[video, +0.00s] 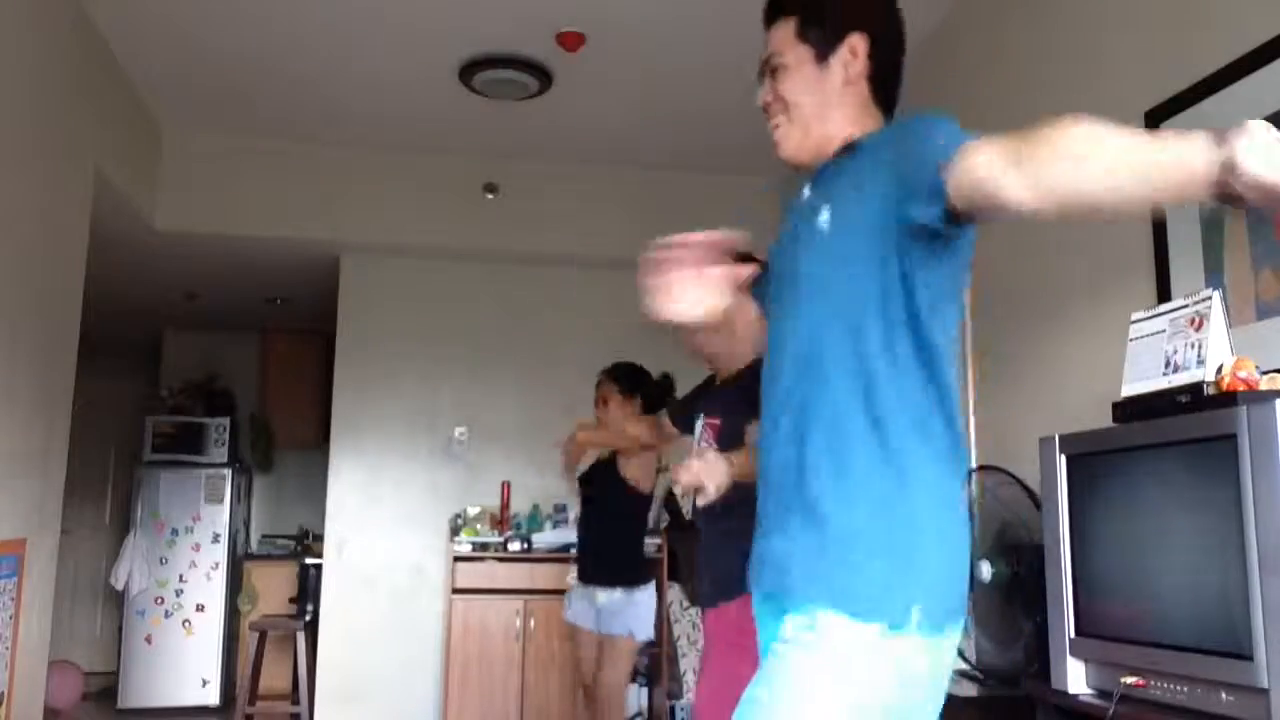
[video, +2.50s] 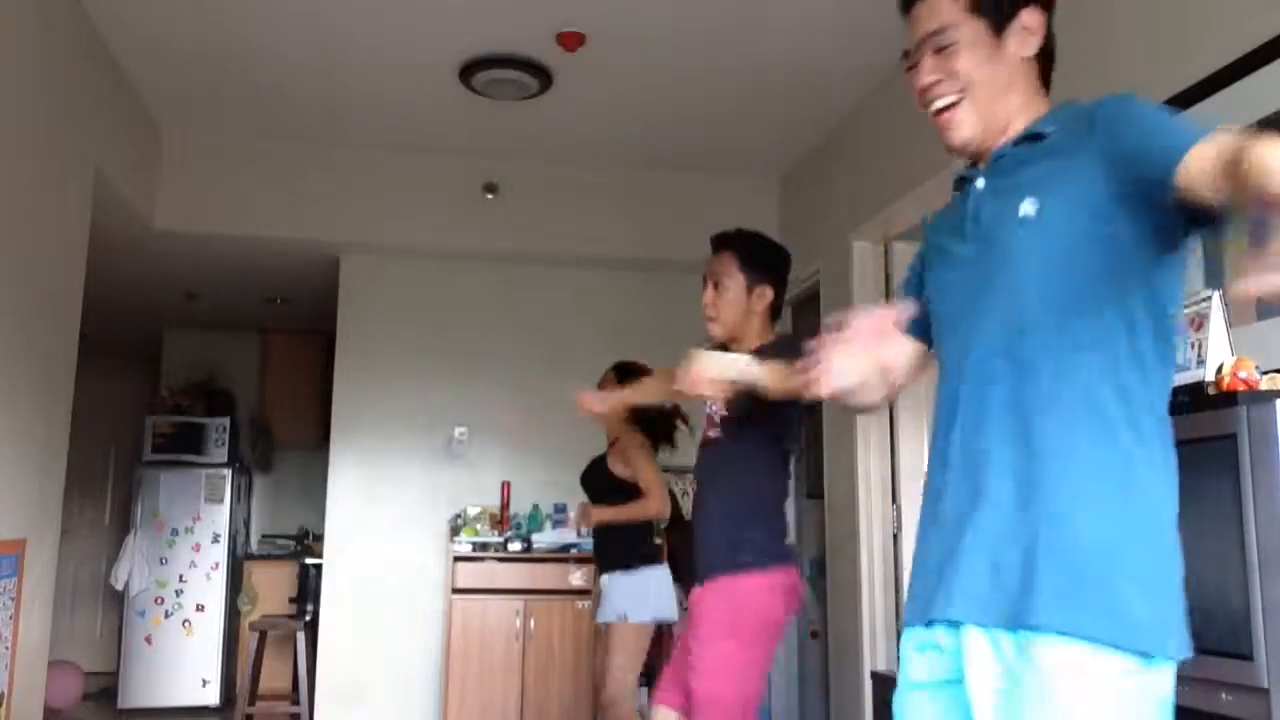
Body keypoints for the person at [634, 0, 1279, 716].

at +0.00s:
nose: (762, 95)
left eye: (776, 70)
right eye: (761, 77)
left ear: (848, 59)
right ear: (839, 65)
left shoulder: (901, 153)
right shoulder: (800, 222)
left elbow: (1023, 171)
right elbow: (742, 353)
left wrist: (1223, 159)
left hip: (874, 603)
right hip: (806, 600)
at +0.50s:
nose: (843, 87)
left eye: (869, 61)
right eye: (824, 69)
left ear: (927, 71)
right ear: (809, 90)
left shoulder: (979, 170)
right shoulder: (804, 235)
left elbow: (1142, 227)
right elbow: (683, 334)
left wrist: (912, 235)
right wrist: (565, 418)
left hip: (957, 626)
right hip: (803, 617)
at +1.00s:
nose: (784, 117)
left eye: (804, 89)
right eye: (778, 98)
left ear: (880, 82)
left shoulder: (941, 169)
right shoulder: (807, 249)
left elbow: (1050, 214)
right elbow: (704, 373)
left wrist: (1219, 245)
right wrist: (719, 334)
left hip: (933, 597)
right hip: (841, 596)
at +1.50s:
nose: (841, 76)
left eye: (858, 44)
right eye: (826, 61)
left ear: (933, 35)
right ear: (826, 78)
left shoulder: (1006, 118)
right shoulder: (858, 204)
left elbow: (1183, 137)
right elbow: (743, 322)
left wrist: (964, 212)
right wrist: (576, 396)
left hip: (996, 594)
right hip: (857, 593)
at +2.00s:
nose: (916, 55)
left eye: (942, 26)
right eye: (895, 36)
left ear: (1000, 33)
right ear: (880, 59)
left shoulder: (1055, 119)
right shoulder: (887, 209)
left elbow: (1209, 162)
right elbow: (797, 348)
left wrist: (1078, 261)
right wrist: (653, 451)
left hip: (1031, 568)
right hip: (924, 568)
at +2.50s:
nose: (923, 77)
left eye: (943, 45)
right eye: (913, 61)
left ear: (1026, 31)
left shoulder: (1109, 132)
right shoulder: (946, 231)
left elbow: (1238, 164)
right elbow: (895, 361)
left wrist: (1266, 188)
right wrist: (864, 361)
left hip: (1093, 596)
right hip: (948, 596)